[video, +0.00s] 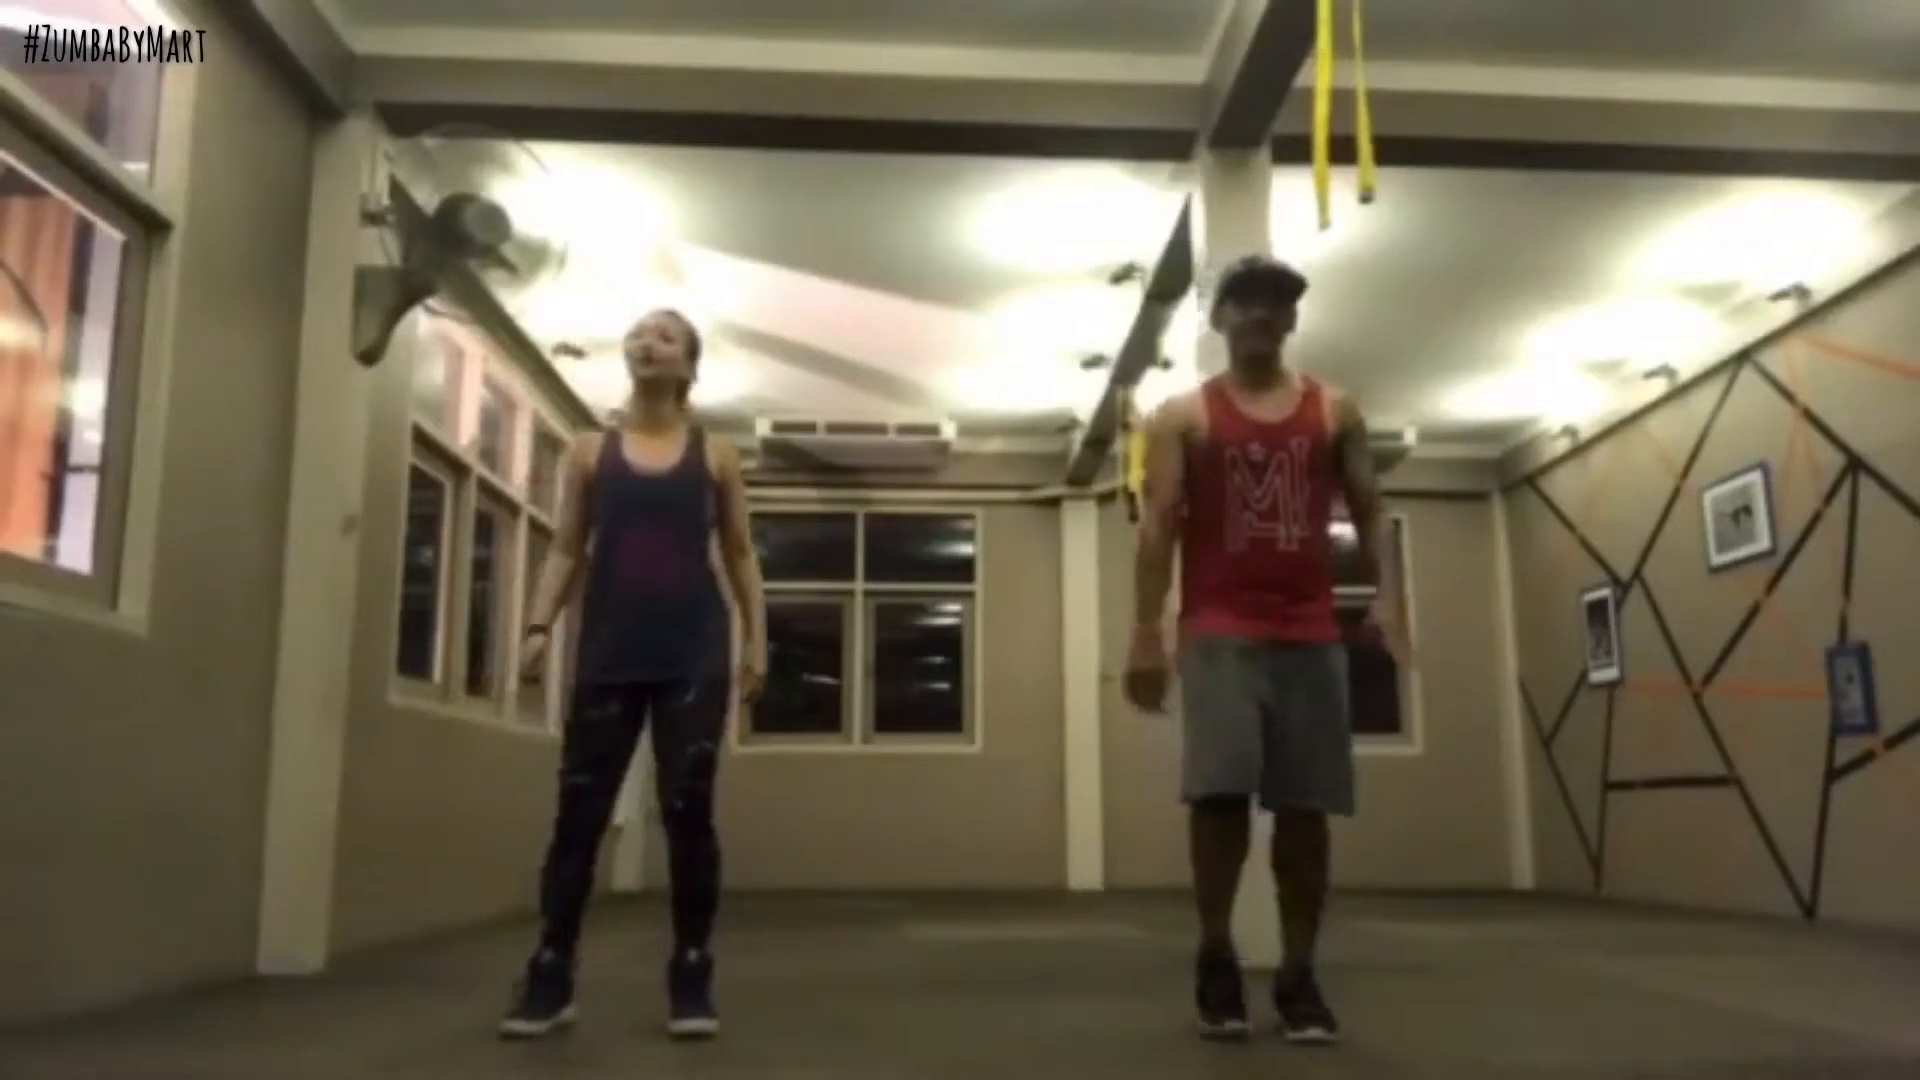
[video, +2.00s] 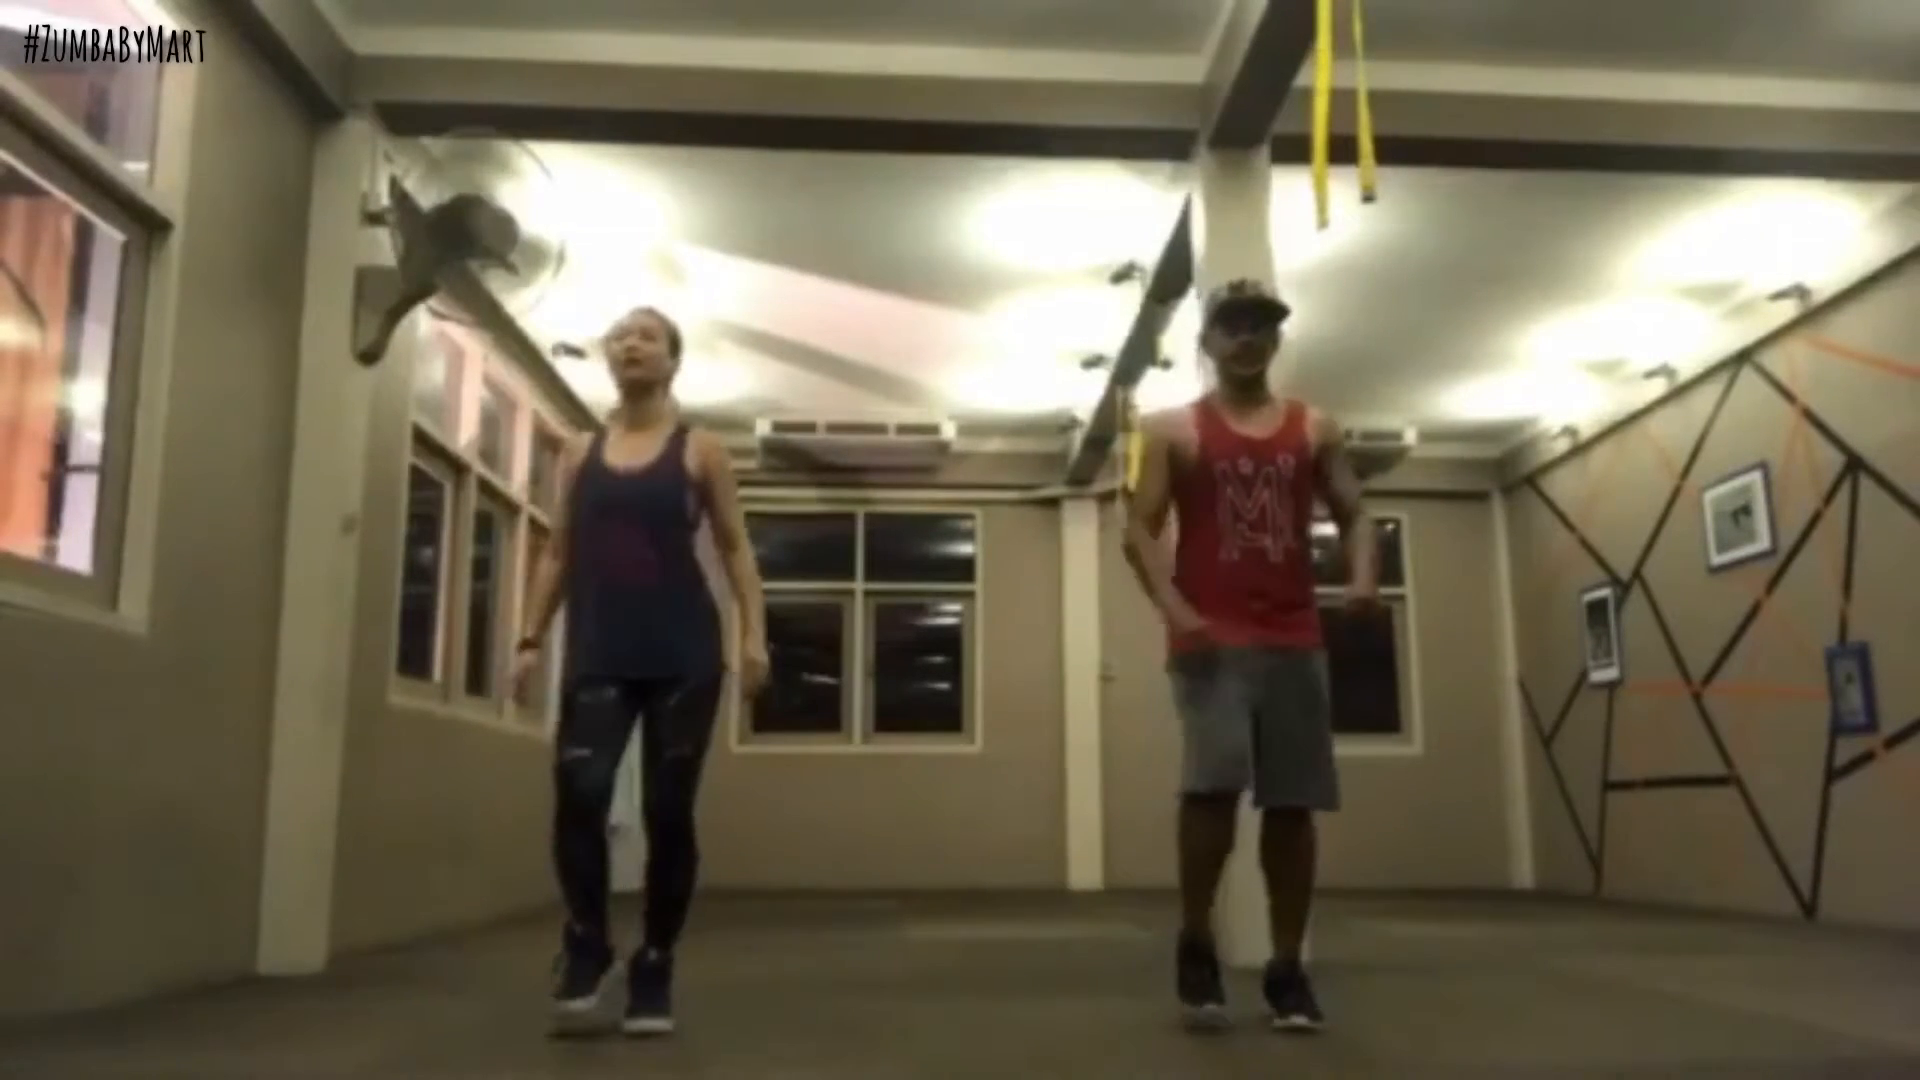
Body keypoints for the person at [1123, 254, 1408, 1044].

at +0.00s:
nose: (1259, 323)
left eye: (1274, 311)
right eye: (1245, 310)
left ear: (1293, 319)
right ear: (1220, 319)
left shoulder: (1333, 412)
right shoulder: (1184, 418)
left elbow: (1371, 514)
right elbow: (1157, 528)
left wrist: (1388, 602)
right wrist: (1145, 632)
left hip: (1309, 634)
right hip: (1219, 633)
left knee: (1304, 809)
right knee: (1221, 803)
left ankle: (1298, 976)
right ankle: (1217, 961)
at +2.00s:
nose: (1249, 343)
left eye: (1262, 331)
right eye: (1234, 331)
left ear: (1278, 341)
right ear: (1208, 340)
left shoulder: (1312, 430)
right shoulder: (1175, 432)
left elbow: (1354, 514)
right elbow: (1138, 533)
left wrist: (1362, 580)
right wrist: (1174, 610)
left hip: (1293, 637)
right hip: (1213, 638)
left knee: (1292, 805)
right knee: (1213, 794)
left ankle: (1287, 966)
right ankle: (1197, 946)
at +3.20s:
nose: (1236, 354)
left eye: (1248, 341)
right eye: (1222, 341)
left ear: (1268, 349)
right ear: (1198, 351)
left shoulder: (1299, 439)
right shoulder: (1162, 436)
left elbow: (1337, 536)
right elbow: (1094, 514)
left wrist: (1307, 531)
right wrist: (1127, 588)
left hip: (1283, 641)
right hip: (1209, 645)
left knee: (1273, 811)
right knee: (1221, 808)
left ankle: (1274, 970)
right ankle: (1199, 969)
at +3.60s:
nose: (1227, 327)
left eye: (1240, 315)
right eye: (1214, 313)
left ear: (1257, 329)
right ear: (1190, 326)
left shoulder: (1290, 423)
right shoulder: (1154, 425)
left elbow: (1326, 508)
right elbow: (1124, 518)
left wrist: (1323, 581)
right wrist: (1196, 557)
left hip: (1264, 628)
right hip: (1182, 635)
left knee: (1267, 789)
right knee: (1191, 802)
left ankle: (1278, 928)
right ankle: (1196, 959)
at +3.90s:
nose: (1237, 324)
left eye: (1252, 314)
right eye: (1223, 311)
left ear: (1269, 330)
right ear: (1200, 326)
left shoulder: (1304, 425)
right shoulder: (1167, 427)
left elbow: (1352, 515)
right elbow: (1141, 528)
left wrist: (1353, 594)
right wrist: (1208, 578)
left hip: (1286, 645)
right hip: (1201, 648)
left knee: (1286, 811)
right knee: (1199, 809)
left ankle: (1282, 968)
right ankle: (1197, 965)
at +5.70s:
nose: (1354, 335)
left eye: (1367, 322)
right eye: (1337, 321)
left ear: (1383, 331)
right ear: (1309, 335)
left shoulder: (1423, 409)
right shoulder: (1281, 428)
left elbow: (1547, 415)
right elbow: (1167, 461)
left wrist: (1663, 410)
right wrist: (1262, 425)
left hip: (1424, 652)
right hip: (1321, 653)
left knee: (1476, 819)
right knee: (1256, 792)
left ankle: (1528, 979)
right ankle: (1219, 977)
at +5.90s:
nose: (1357, 324)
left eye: (1370, 310)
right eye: (1341, 310)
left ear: (1386, 315)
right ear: (1312, 319)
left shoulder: (1422, 391)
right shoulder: (1289, 403)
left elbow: (1525, 399)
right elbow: (1201, 431)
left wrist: (1587, 400)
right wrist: (1117, 445)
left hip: (1417, 622)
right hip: (1321, 622)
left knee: (1473, 799)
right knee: (1298, 767)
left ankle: (1520, 963)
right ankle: (1280, 902)